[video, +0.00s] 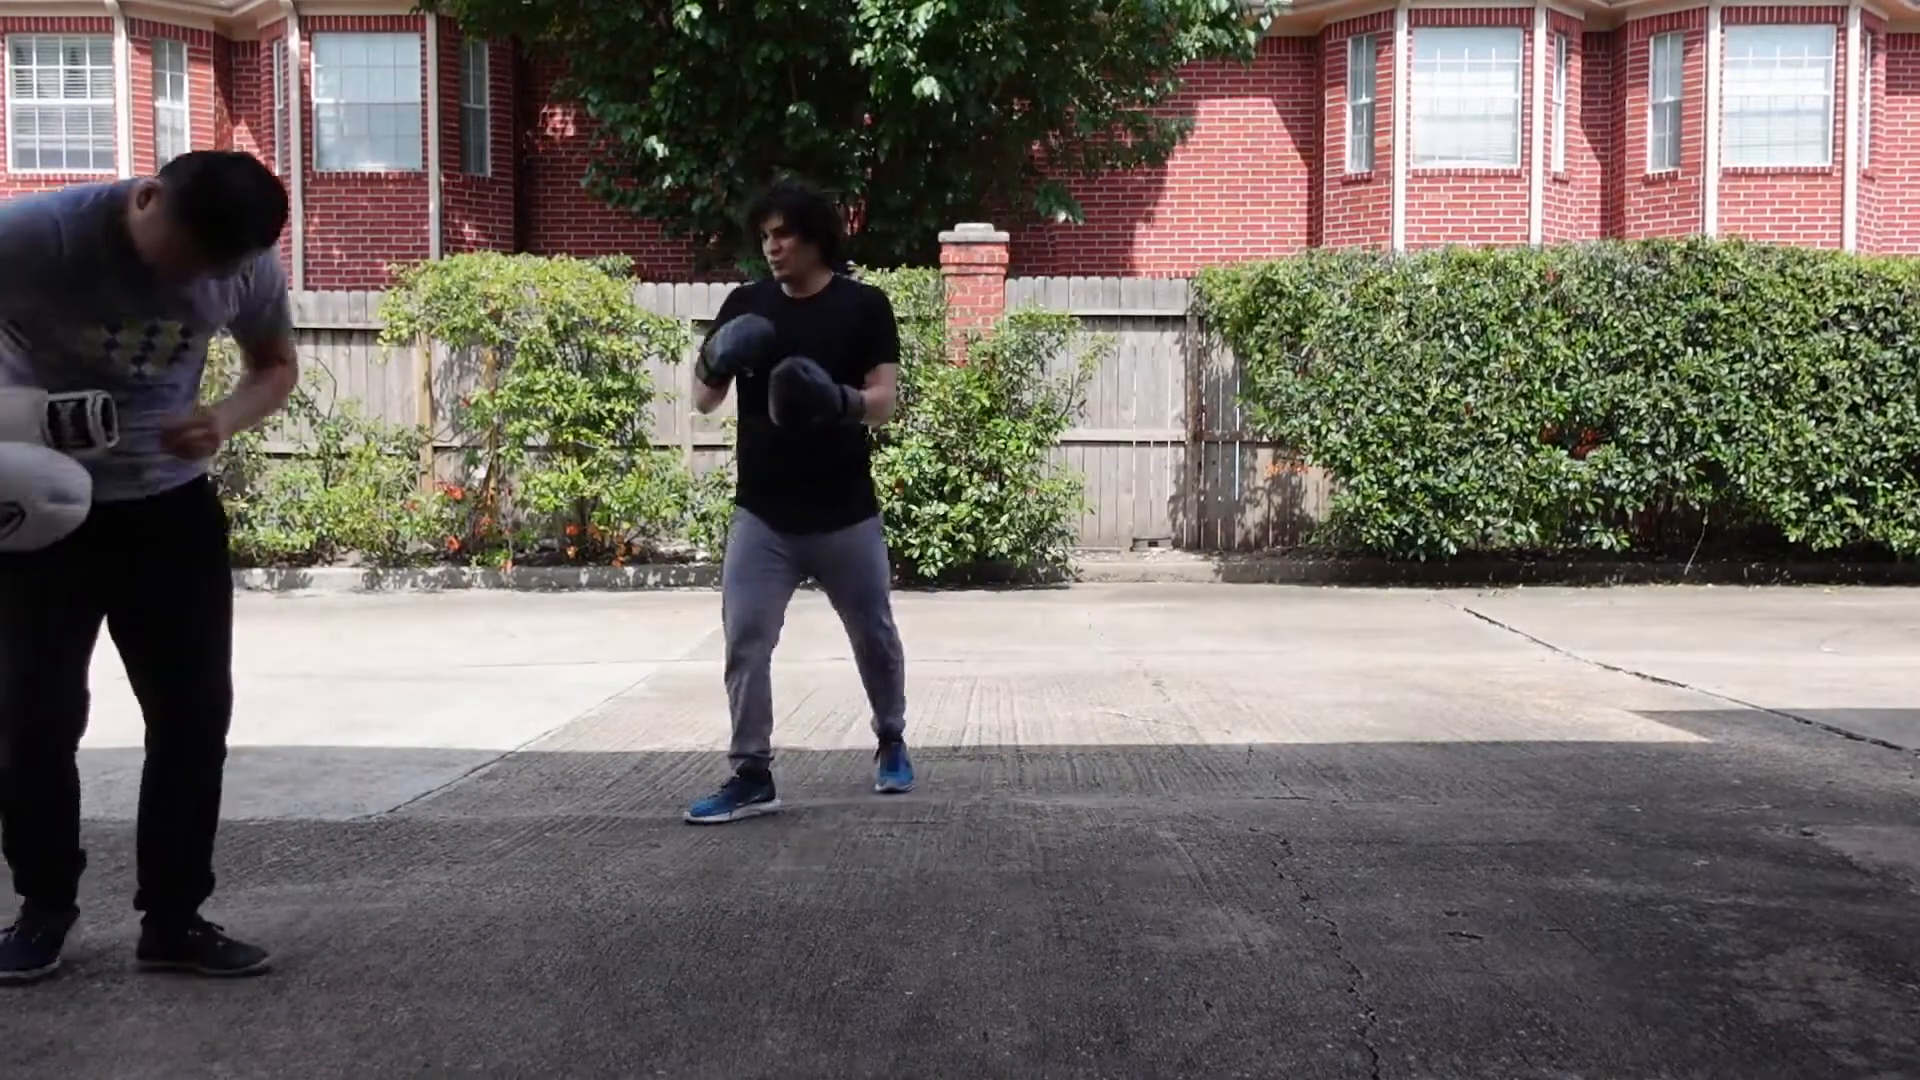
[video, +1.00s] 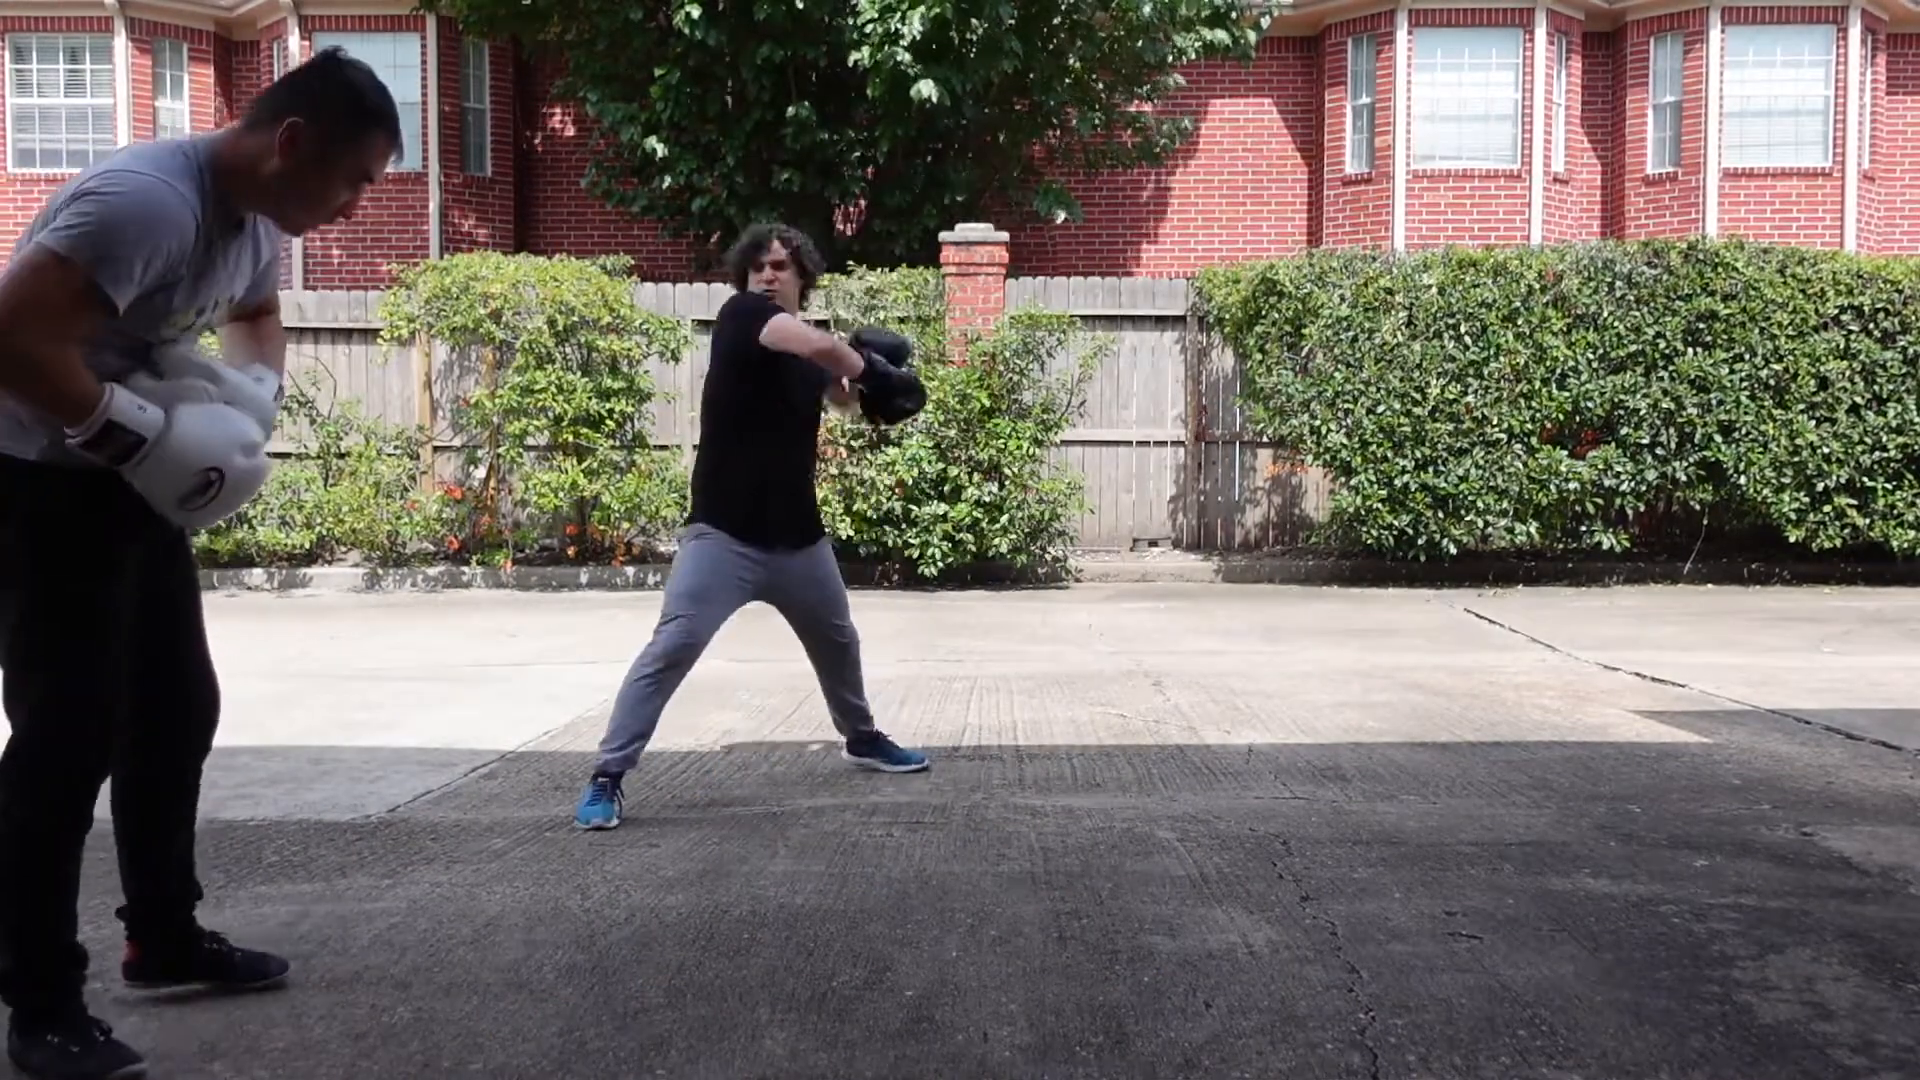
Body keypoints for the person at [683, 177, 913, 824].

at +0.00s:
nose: (772, 248)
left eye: (784, 236)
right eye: (766, 238)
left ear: (818, 236)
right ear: (761, 243)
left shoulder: (864, 306)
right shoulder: (748, 302)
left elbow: (884, 401)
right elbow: (705, 402)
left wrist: (841, 400)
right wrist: (716, 361)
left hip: (845, 515)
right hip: (762, 514)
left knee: (876, 637)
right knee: (743, 640)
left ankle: (892, 743)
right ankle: (751, 774)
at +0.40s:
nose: (837, 266)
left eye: (850, 256)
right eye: (828, 254)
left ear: (871, 265)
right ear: (814, 258)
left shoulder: (886, 325)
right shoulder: (776, 309)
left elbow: (908, 409)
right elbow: (729, 385)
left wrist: (879, 356)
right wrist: (748, 429)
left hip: (854, 511)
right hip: (776, 511)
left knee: (872, 632)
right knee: (750, 632)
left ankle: (886, 747)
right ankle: (743, 737)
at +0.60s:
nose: (854, 282)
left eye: (865, 273)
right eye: (845, 271)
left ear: (878, 281)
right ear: (822, 272)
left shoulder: (881, 333)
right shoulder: (785, 324)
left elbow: (897, 362)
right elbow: (766, 406)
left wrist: (841, 299)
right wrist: (780, 495)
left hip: (848, 516)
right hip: (774, 516)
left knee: (892, 612)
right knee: (751, 638)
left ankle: (870, 731)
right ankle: (749, 738)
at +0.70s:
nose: (855, 293)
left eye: (866, 285)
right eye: (846, 283)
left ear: (880, 292)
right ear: (824, 284)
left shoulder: (889, 341)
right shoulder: (793, 336)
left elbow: (885, 354)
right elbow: (805, 432)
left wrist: (821, 289)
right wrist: (845, 503)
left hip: (843, 526)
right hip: (772, 523)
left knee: (887, 631)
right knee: (738, 630)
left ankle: (873, 737)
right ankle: (733, 724)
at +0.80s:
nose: (852, 304)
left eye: (863, 297)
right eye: (844, 293)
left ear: (877, 305)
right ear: (821, 296)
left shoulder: (866, 358)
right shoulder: (803, 345)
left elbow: (896, 365)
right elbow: (848, 437)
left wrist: (831, 306)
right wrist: (893, 485)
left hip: (833, 538)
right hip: (767, 532)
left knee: (886, 632)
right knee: (726, 634)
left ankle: (872, 740)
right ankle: (661, 753)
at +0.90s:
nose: (826, 294)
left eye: (838, 286)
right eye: (815, 284)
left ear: (850, 298)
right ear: (794, 292)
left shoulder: (845, 350)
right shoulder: (788, 341)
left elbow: (913, 377)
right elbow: (867, 406)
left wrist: (894, 339)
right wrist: (900, 442)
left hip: (820, 544)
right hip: (750, 542)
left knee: (871, 639)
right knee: (698, 646)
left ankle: (871, 739)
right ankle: (621, 772)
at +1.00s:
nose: (773, 274)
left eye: (784, 266)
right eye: (763, 266)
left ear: (804, 276)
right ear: (746, 277)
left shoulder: (811, 341)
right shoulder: (742, 314)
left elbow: (843, 400)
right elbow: (818, 343)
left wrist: (864, 377)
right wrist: (863, 371)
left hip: (800, 541)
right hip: (722, 537)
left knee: (839, 643)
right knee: (674, 645)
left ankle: (862, 736)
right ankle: (607, 777)